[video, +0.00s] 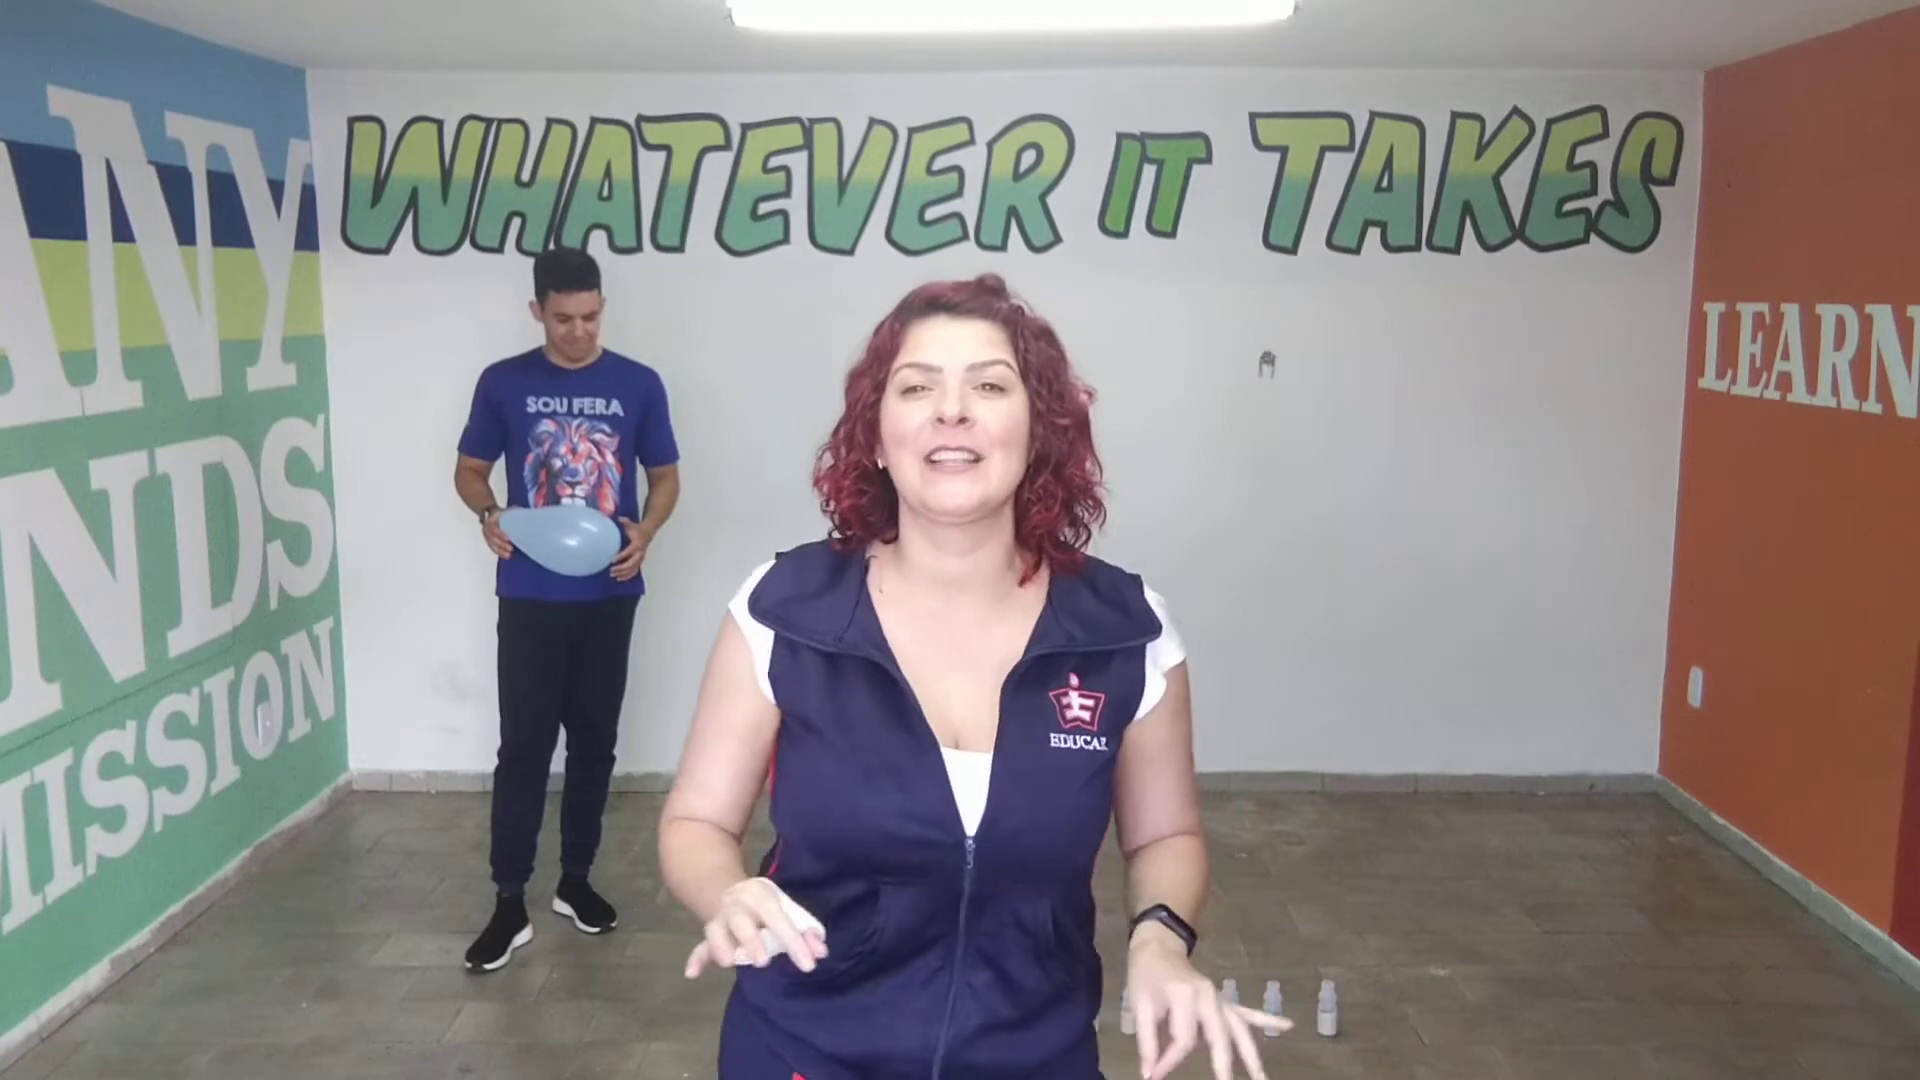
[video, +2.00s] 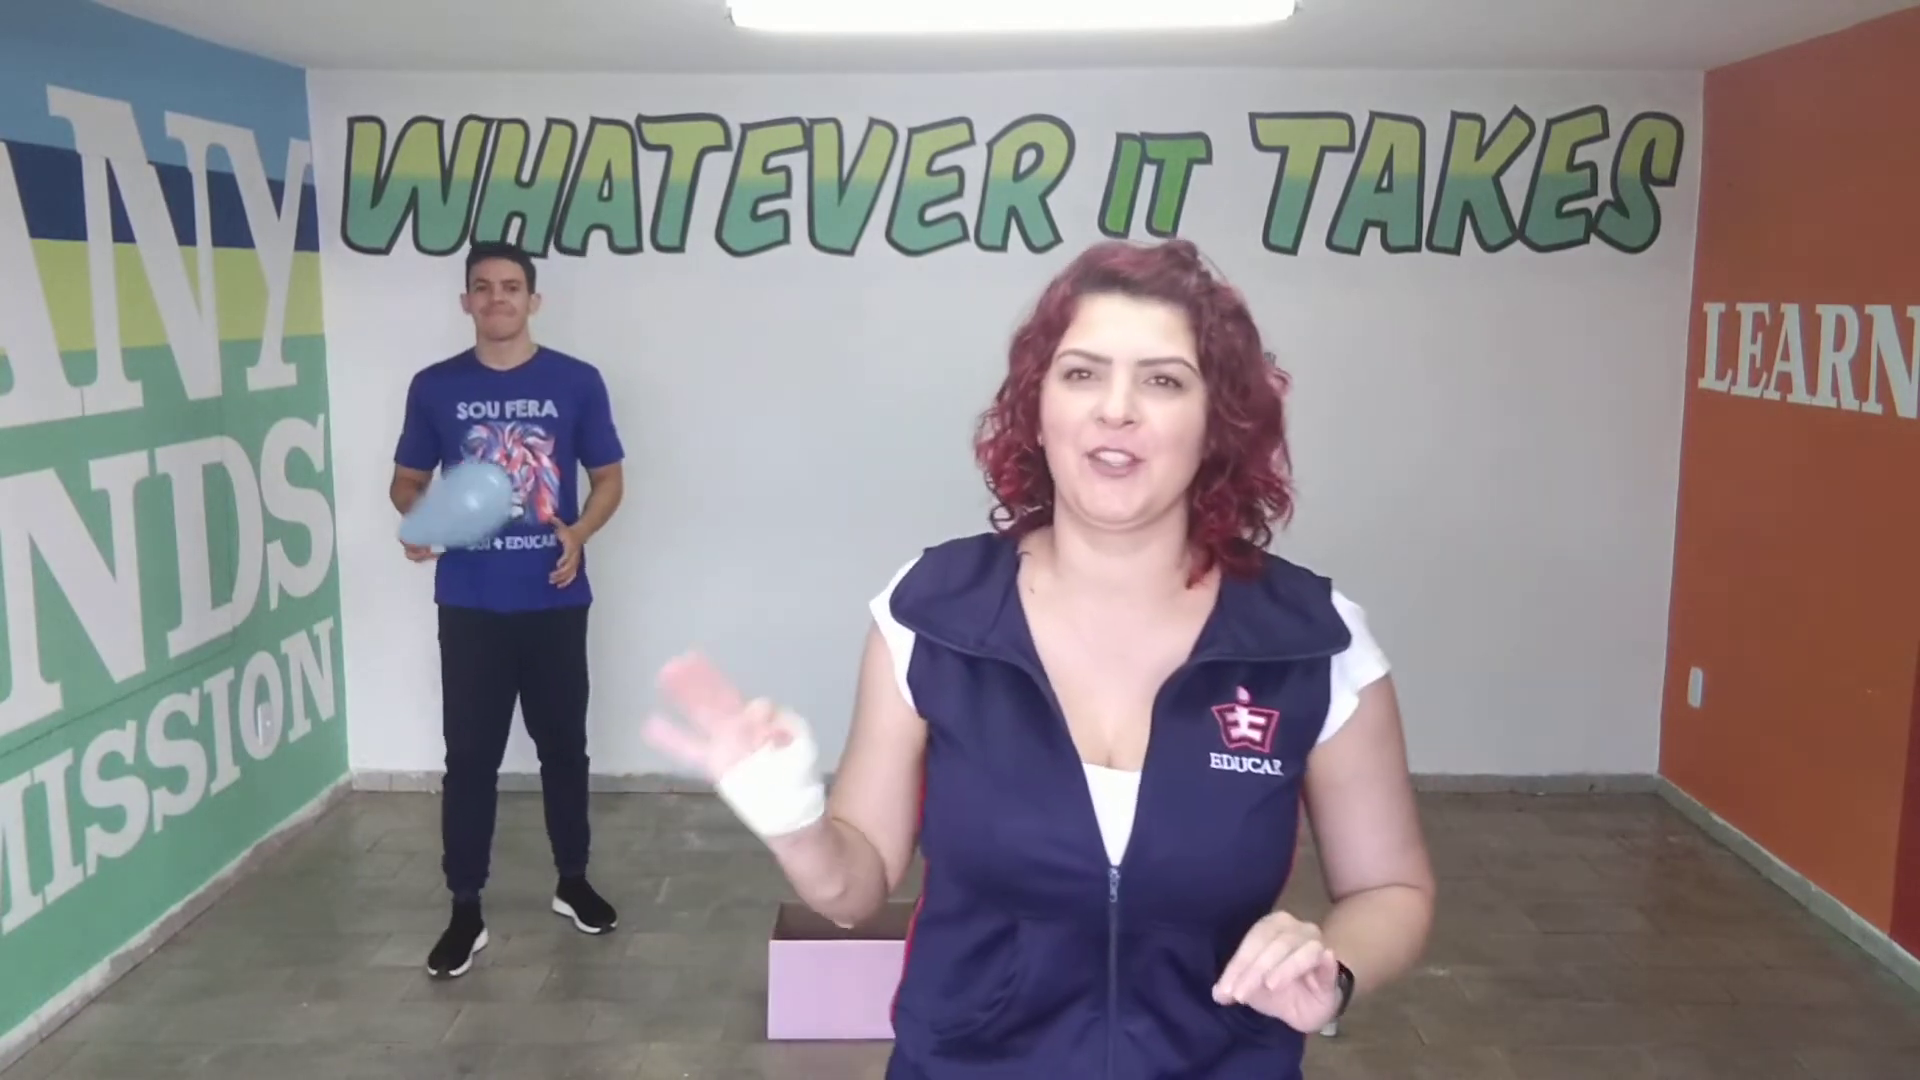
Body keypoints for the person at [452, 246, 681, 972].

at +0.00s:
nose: (578, 329)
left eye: (589, 315)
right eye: (565, 317)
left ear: (603, 310)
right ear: (539, 312)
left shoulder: (639, 387)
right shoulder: (504, 384)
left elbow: (667, 481)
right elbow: (470, 473)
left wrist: (645, 530)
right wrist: (489, 513)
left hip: (608, 599)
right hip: (531, 599)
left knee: (594, 747)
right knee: (524, 749)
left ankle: (575, 882)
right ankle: (509, 902)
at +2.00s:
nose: (495, 299)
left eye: (508, 288)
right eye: (482, 288)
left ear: (532, 299)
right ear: (466, 300)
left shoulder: (576, 383)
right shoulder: (436, 386)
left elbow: (610, 480)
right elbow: (407, 481)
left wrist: (581, 531)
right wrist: (424, 521)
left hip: (554, 607)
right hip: (471, 609)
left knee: (565, 750)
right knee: (469, 761)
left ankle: (572, 881)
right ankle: (465, 911)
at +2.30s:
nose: (459, 302)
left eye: (473, 290)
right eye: (445, 291)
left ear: (496, 300)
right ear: (429, 302)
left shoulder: (544, 383)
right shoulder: (400, 391)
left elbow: (580, 483)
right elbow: (366, 499)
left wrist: (553, 532)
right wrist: (354, 436)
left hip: (532, 608)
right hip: (445, 614)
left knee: (555, 751)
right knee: (453, 765)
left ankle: (572, 881)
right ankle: (464, 913)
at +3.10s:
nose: (527, 328)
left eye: (536, 316)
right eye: (515, 313)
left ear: (542, 316)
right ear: (474, 306)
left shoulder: (564, 389)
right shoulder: (417, 392)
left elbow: (595, 485)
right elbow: (376, 489)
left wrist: (583, 533)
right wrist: (405, 515)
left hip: (553, 618)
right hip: (464, 621)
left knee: (583, 766)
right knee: (467, 774)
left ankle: (610, 919)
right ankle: (466, 915)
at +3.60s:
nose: (630, 347)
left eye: (640, 333)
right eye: (620, 330)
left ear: (646, 327)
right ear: (580, 310)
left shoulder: (657, 397)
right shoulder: (513, 378)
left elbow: (680, 498)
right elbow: (467, 469)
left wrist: (647, 562)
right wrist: (489, 534)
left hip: (616, 616)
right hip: (528, 610)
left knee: (615, 771)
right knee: (499, 763)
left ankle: (612, 920)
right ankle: (476, 908)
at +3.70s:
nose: (642, 347)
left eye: (653, 334)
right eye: (633, 330)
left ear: (660, 328)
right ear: (595, 310)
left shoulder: (671, 397)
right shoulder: (529, 375)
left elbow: (696, 499)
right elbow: (484, 464)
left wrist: (660, 565)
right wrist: (501, 533)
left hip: (623, 615)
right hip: (536, 609)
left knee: (618, 770)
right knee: (519, 758)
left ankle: (612, 922)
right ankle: (521, 900)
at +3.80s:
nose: (652, 345)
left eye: (662, 334)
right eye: (643, 329)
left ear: (668, 327)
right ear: (606, 307)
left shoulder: (679, 399)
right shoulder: (538, 374)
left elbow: (705, 500)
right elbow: (496, 462)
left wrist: (673, 560)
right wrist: (511, 533)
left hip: (628, 615)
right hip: (543, 608)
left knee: (622, 765)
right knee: (533, 751)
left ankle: (612, 917)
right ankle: (583, 863)